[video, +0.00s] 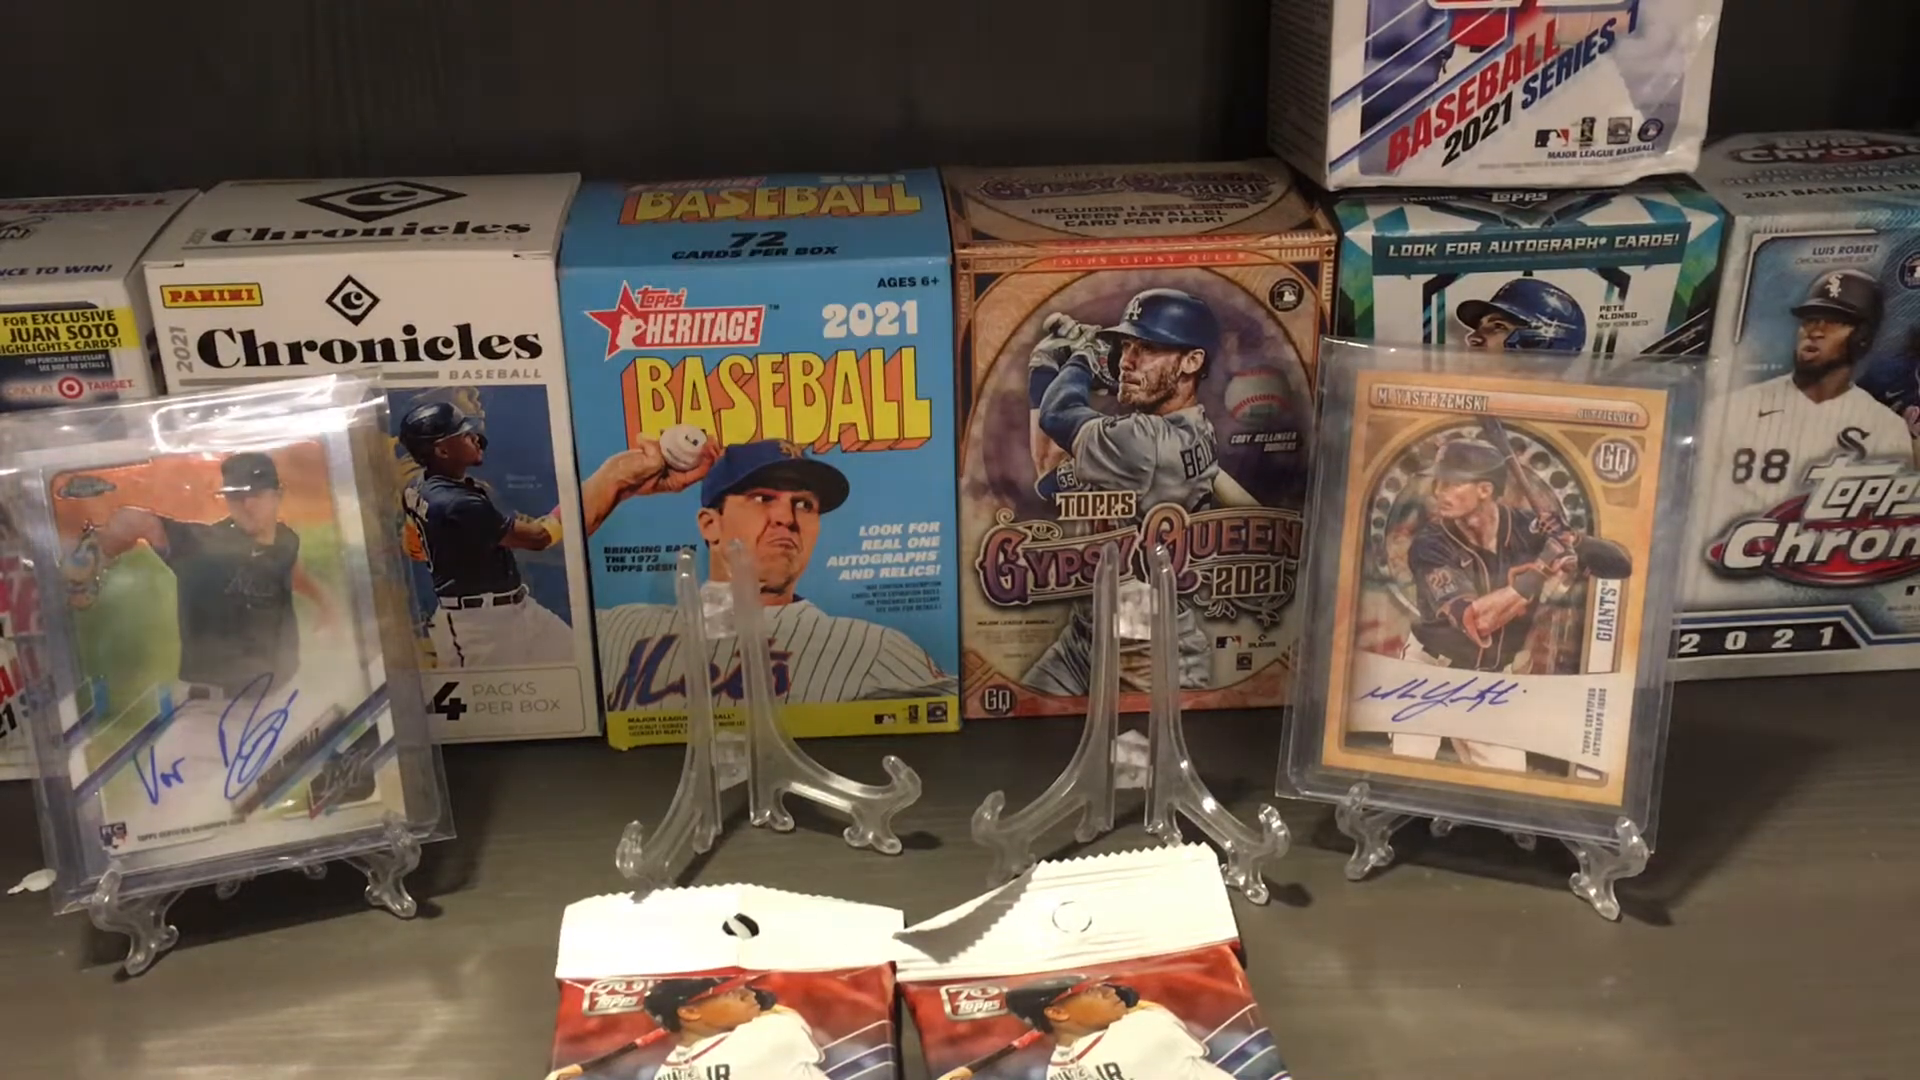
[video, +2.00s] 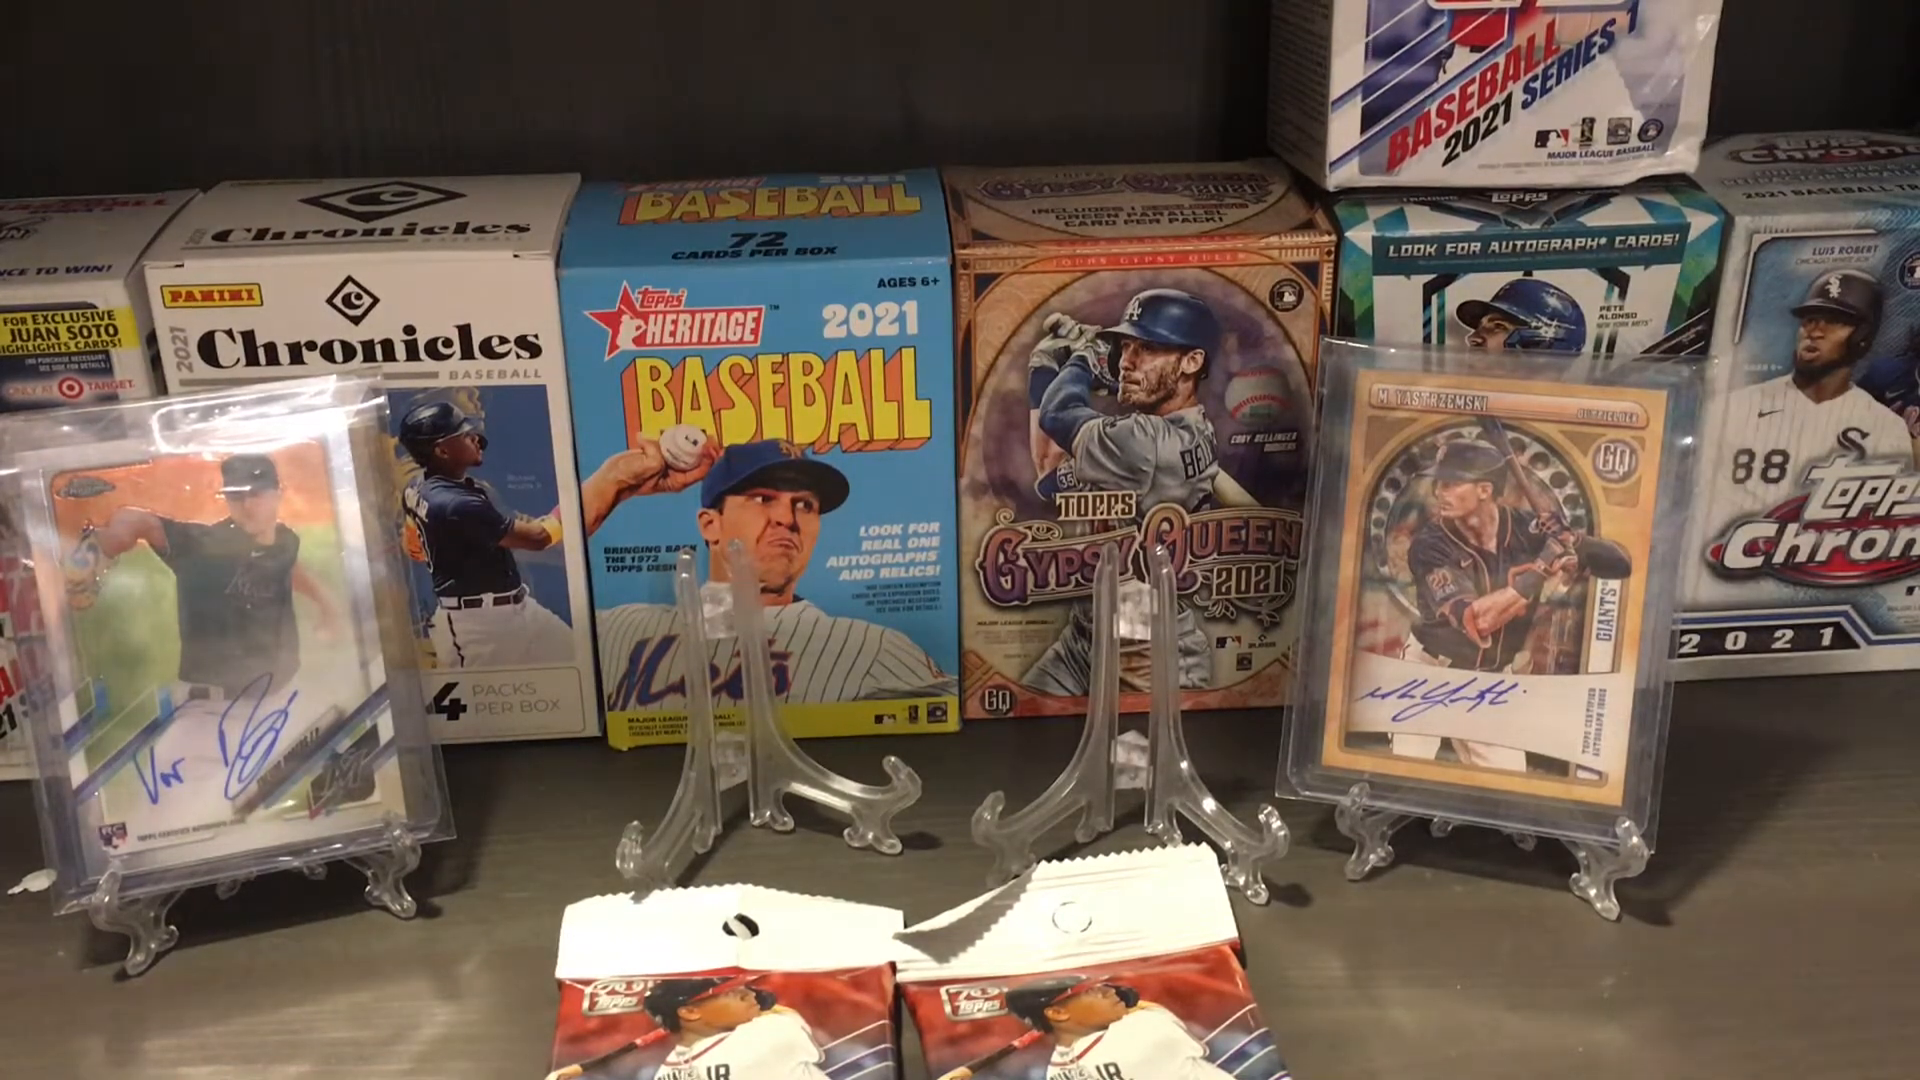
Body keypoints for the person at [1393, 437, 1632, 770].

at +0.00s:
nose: (1439, 492)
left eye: (1452, 485)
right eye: (1438, 483)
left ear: (1484, 491)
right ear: (1434, 484)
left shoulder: (1527, 528)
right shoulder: (1430, 541)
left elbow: (1621, 564)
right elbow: (1473, 622)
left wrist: (1572, 546)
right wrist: (1538, 572)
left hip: (1496, 676)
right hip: (1430, 668)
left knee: (1509, 787)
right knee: (1412, 769)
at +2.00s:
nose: (1439, 492)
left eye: (1451, 484)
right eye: (1439, 483)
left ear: (1484, 491)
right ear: (1436, 486)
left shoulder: (1527, 528)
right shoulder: (1430, 541)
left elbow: (1622, 564)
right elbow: (1471, 621)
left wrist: (1574, 548)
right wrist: (1537, 572)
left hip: (1494, 677)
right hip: (1428, 669)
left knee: (1509, 789)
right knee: (1412, 772)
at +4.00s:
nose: (1439, 492)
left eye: (1451, 484)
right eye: (1439, 484)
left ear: (1484, 491)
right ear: (1435, 487)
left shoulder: (1526, 528)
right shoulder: (1430, 542)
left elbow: (1622, 564)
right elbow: (1475, 623)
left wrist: (1577, 551)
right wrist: (1539, 571)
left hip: (1495, 677)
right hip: (1429, 670)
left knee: (1509, 792)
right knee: (1410, 775)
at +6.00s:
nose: (1439, 492)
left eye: (1451, 484)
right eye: (1439, 483)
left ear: (1484, 490)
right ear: (1436, 486)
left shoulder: (1527, 528)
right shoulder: (1430, 540)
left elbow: (1622, 562)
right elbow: (1474, 622)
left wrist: (1574, 551)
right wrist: (1540, 569)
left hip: (1495, 676)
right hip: (1429, 668)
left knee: (1508, 787)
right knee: (1411, 772)